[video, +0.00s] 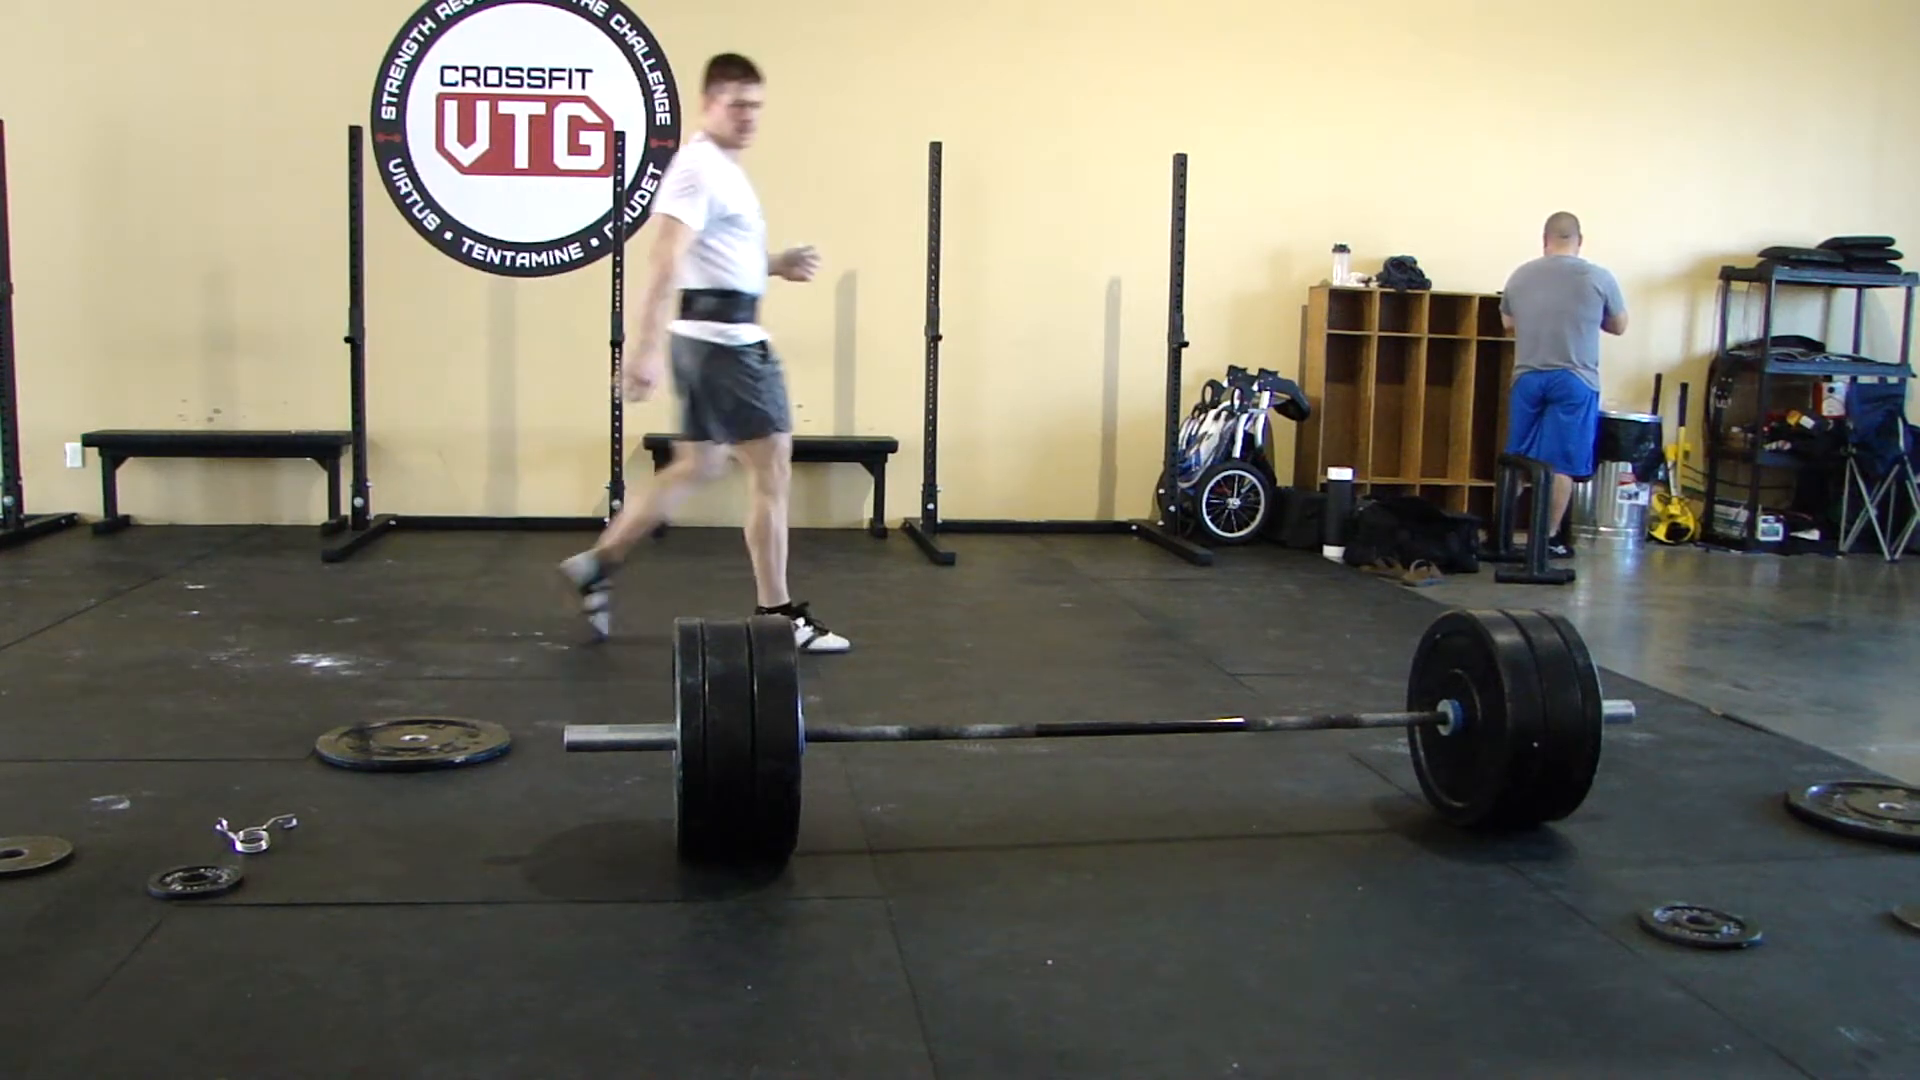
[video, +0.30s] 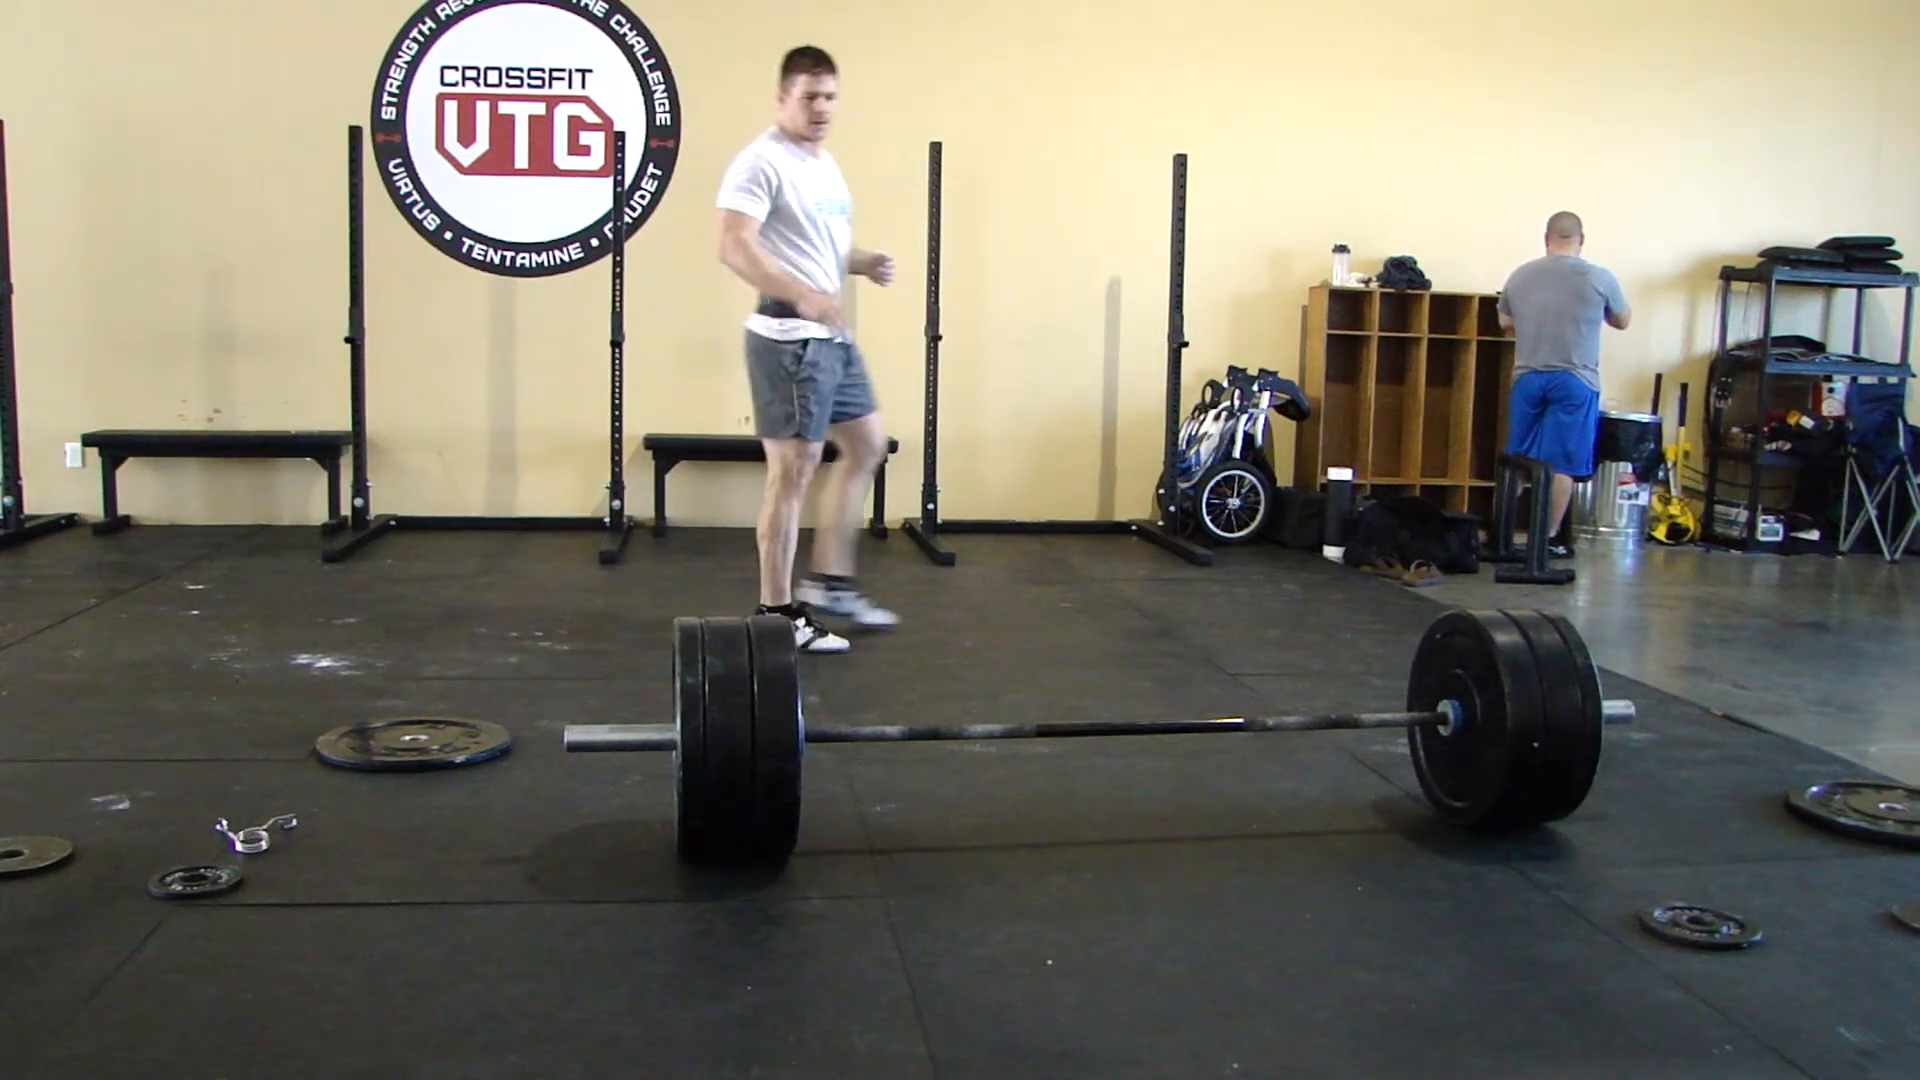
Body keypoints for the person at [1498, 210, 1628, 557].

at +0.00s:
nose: (1571, 245)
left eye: (1550, 240)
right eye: (1577, 240)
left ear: (1544, 240)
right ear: (1580, 241)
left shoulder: (1520, 275)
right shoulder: (1597, 276)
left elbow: (1509, 324)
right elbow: (1618, 326)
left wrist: (1542, 314)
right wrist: (1582, 311)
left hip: (1527, 377)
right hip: (1575, 379)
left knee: (1516, 459)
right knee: (1562, 465)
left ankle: (1501, 534)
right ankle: (1547, 540)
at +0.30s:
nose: (1572, 245)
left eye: (1554, 238)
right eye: (1578, 239)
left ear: (1546, 239)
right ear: (1581, 240)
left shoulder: (1520, 275)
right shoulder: (1597, 276)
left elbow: (1506, 323)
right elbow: (1621, 320)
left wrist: (1539, 318)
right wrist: (1589, 302)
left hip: (1527, 377)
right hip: (1575, 379)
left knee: (1516, 460)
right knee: (1562, 466)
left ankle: (1501, 537)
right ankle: (1547, 540)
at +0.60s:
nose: (1580, 246)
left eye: (1556, 238)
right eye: (1583, 240)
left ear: (1548, 239)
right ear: (1583, 241)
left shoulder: (1521, 274)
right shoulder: (1597, 276)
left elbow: (1506, 319)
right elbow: (1624, 321)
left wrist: (1541, 310)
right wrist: (1593, 303)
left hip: (1527, 378)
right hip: (1575, 379)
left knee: (1517, 460)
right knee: (1562, 466)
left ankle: (1502, 535)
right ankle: (1548, 540)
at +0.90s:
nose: (1582, 247)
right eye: (1584, 242)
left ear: (1549, 239)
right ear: (1583, 242)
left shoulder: (1521, 274)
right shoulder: (1598, 277)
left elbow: (1507, 312)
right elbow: (1618, 330)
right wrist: (1620, 361)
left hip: (1528, 378)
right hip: (1576, 380)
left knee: (1517, 461)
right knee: (1563, 466)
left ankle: (1501, 534)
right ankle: (1547, 540)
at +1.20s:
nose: (1584, 247)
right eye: (1585, 242)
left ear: (1550, 239)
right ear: (1584, 241)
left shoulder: (1522, 272)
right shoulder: (1598, 277)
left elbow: (1508, 304)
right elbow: (1615, 331)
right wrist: (1625, 375)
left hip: (1528, 379)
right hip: (1577, 381)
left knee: (1520, 461)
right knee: (1564, 466)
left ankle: (1503, 534)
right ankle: (1548, 539)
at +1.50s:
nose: (1585, 244)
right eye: (1585, 240)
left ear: (1550, 239)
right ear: (1586, 241)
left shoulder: (1523, 272)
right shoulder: (1599, 277)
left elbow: (1511, 299)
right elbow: (1616, 331)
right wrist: (1628, 377)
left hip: (1529, 379)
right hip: (1577, 382)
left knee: (1520, 461)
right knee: (1564, 466)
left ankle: (1501, 533)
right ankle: (1548, 539)